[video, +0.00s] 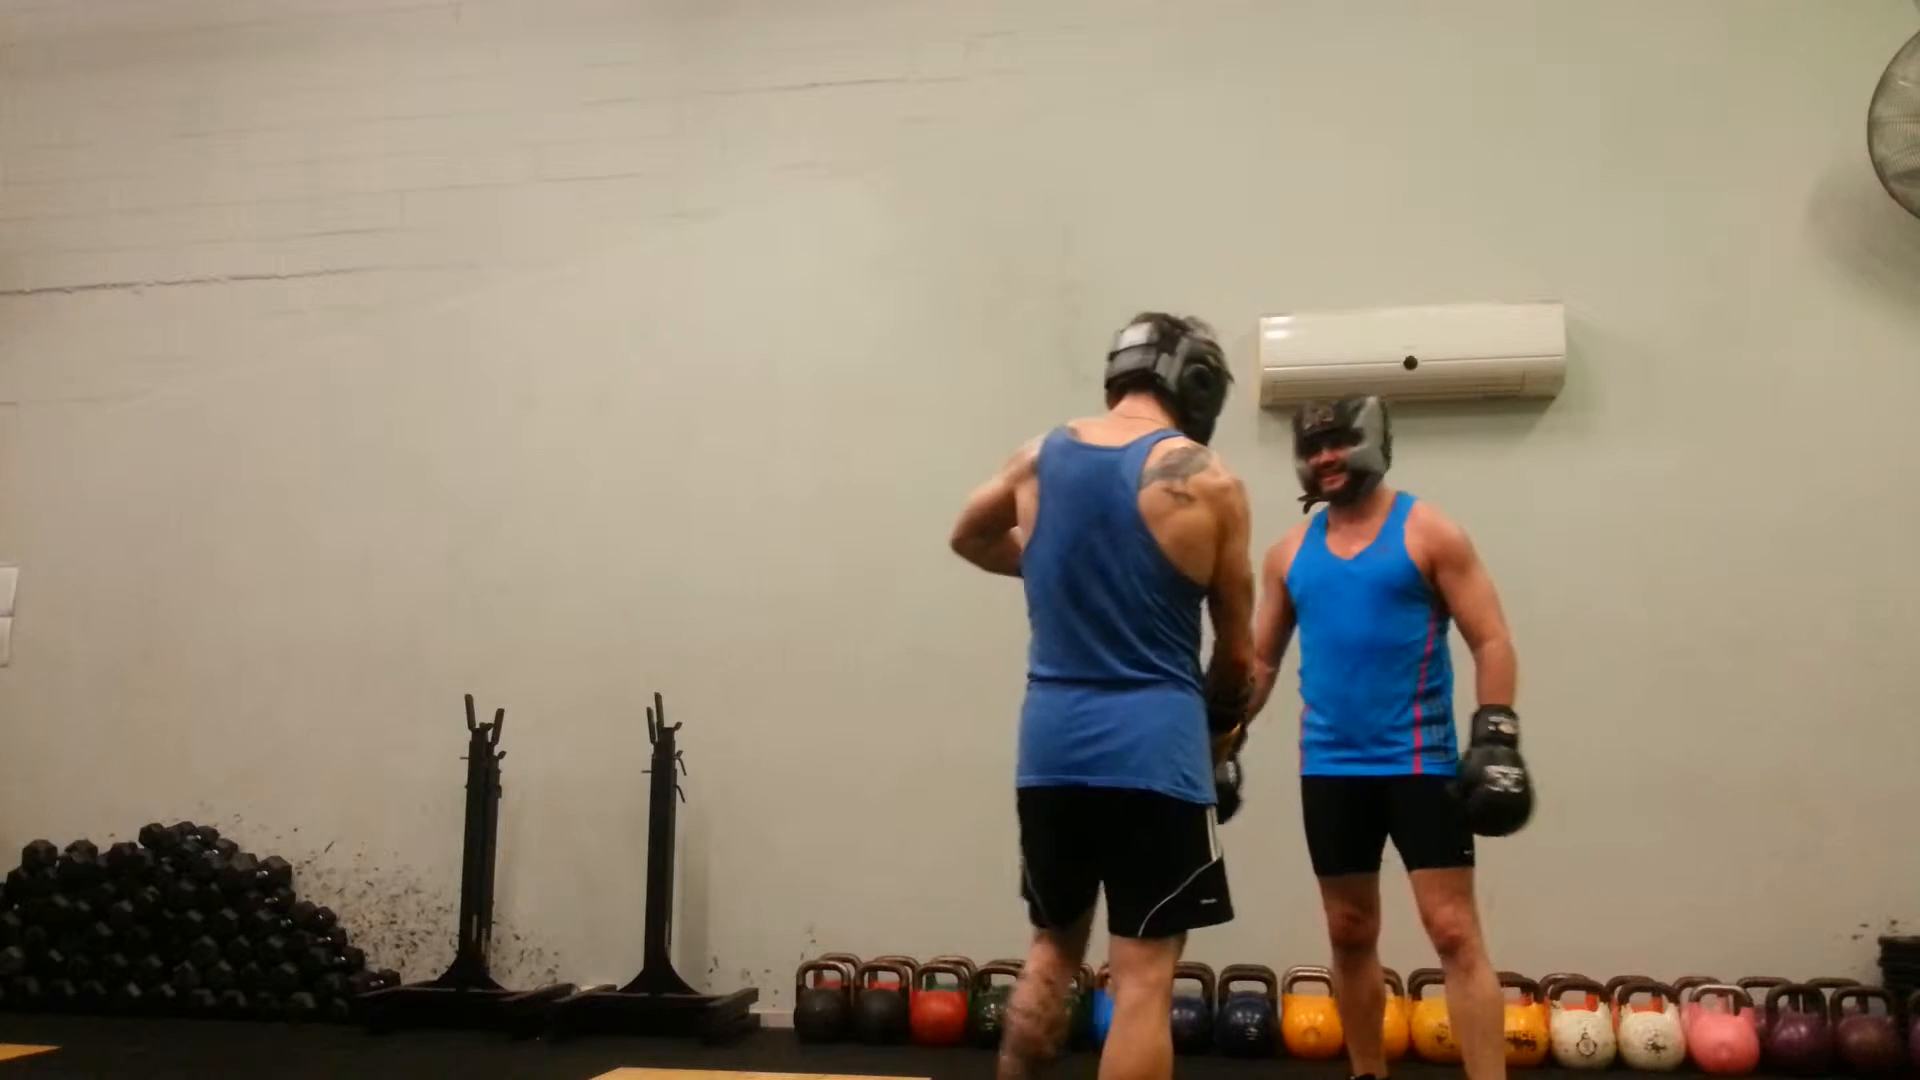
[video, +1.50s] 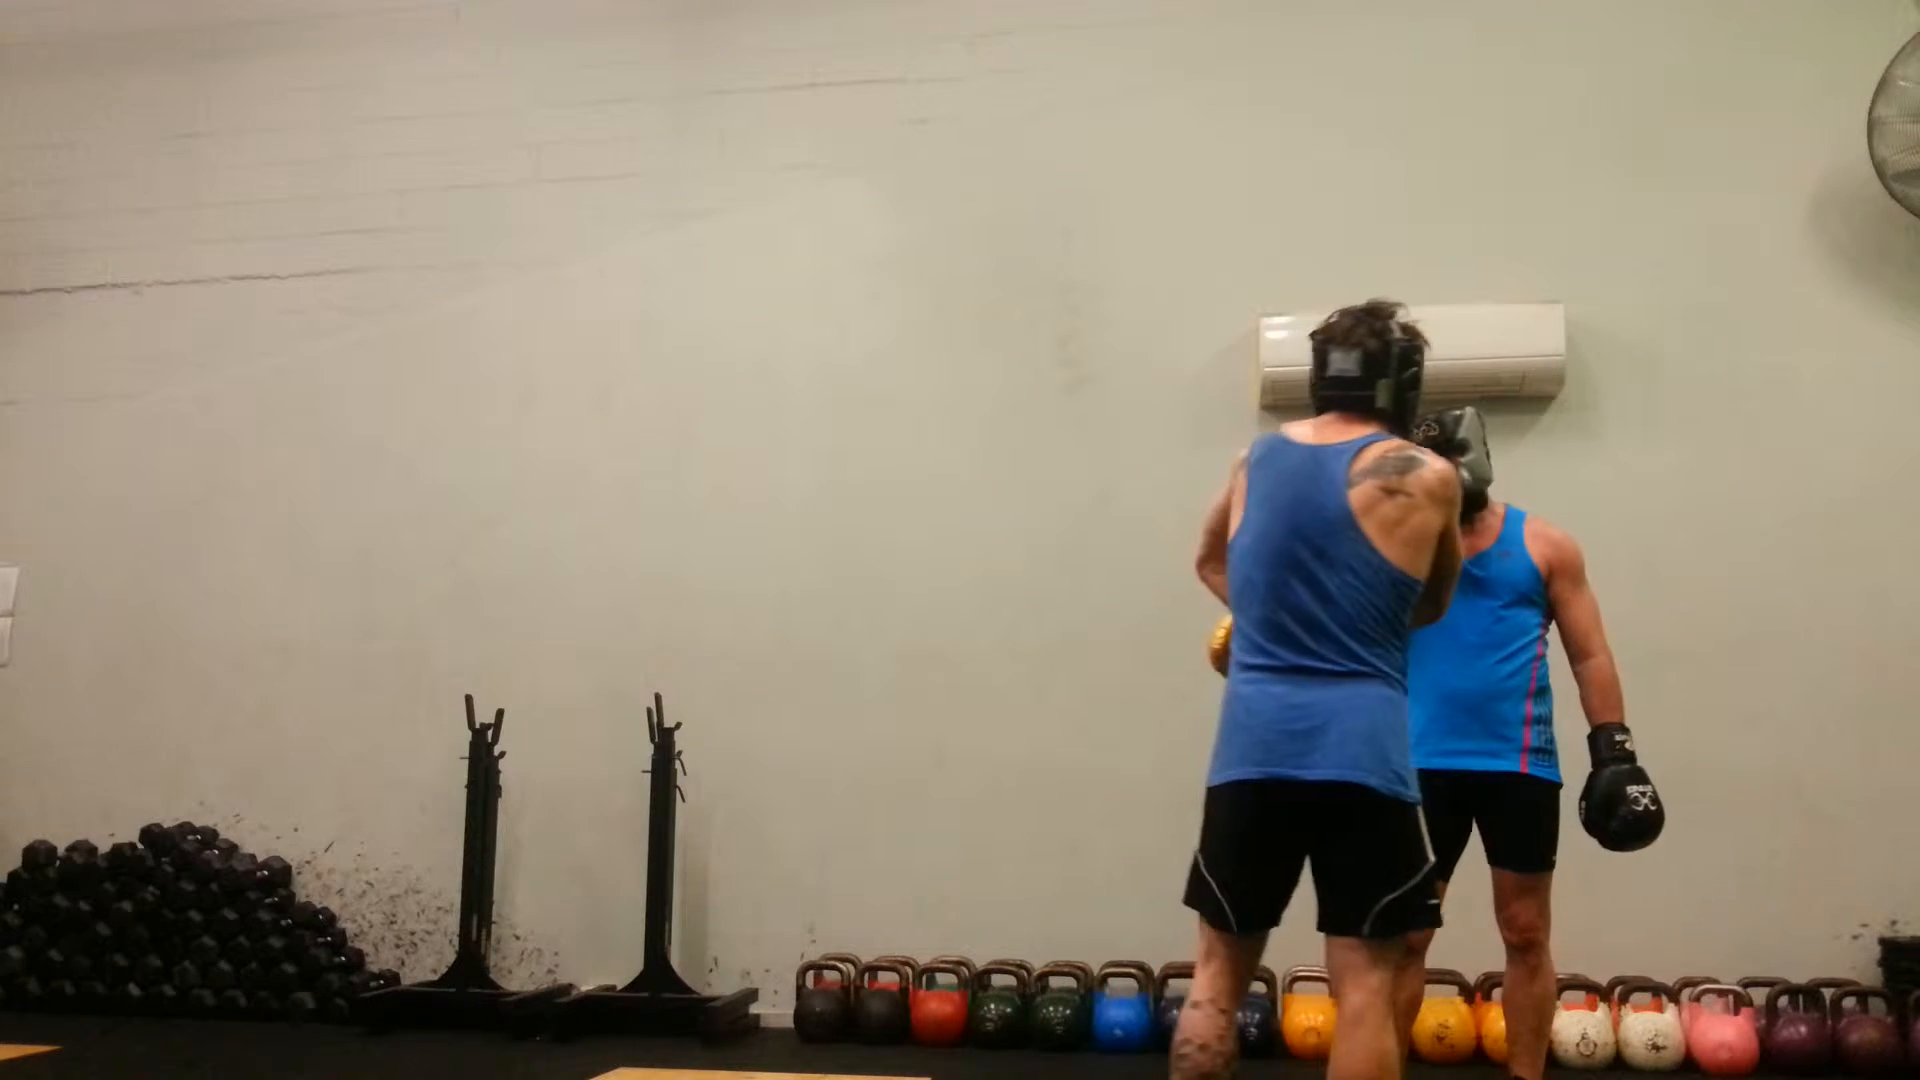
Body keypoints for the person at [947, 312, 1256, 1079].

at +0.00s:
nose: (1213, 402)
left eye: (1213, 392)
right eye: (1212, 390)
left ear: (1117, 380)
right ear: (1196, 384)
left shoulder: (1046, 452)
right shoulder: (1213, 485)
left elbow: (971, 536)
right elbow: (1233, 649)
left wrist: (1059, 568)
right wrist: (1216, 727)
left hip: (1050, 751)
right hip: (1153, 758)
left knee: (1054, 946)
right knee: (1142, 979)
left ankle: (1011, 1076)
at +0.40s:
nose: (1228, 423)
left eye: (1230, 413)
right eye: (1228, 411)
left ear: (1140, 396)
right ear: (1209, 404)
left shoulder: (1075, 464)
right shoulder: (1223, 479)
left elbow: (1031, 554)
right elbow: (1255, 627)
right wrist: (1201, 693)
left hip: (1076, 760)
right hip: (1171, 765)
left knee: (1118, 967)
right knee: (1172, 984)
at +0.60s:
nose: (1227, 440)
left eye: (1229, 430)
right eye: (1226, 426)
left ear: (1139, 401)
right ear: (1206, 408)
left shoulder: (1073, 476)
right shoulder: (1214, 469)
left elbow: (1102, 614)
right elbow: (1257, 631)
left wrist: (1208, 645)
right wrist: (1183, 662)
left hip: (1089, 761)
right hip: (1185, 762)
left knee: (1128, 959)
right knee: (1246, 962)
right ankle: (1179, 1078)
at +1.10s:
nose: (1314, 409)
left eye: (1310, 397)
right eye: (1309, 396)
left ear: (1218, 395)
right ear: (1294, 399)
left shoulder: (1165, 477)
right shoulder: (1300, 478)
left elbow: (1201, 613)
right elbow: (1348, 620)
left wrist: (1301, 646)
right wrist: (1258, 637)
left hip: (1172, 757)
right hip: (1272, 759)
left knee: (1175, 963)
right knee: (1318, 973)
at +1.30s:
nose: (1381, 391)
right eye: (1374, 378)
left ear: (1276, 383)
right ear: (1359, 387)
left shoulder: (1229, 465)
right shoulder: (1380, 477)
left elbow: (1196, 577)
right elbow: (1403, 606)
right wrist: (1302, 633)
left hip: (1221, 755)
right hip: (1327, 759)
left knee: (1190, 960)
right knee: (1344, 983)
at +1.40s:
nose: (1406, 388)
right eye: (1401, 376)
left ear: (1302, 381)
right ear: (1388, 388)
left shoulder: (1247, 462)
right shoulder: (1412, 478)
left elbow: (1203, 571)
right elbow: (1417, 609)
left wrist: (1280, 624)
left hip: (1235, 756)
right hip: (1346, 762)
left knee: (1201, 965)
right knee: (1353, 989)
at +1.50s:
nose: (1419, 385)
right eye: (1416, 374)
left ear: (1318, 375)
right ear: (1406, 384)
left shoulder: (1258, 456)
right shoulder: (1430, 476)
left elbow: (1211, 562)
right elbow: (1431, 601)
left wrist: (1285, 621)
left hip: (1251, 758)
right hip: (1364, 762)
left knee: (1216, 975)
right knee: (1363, 985)